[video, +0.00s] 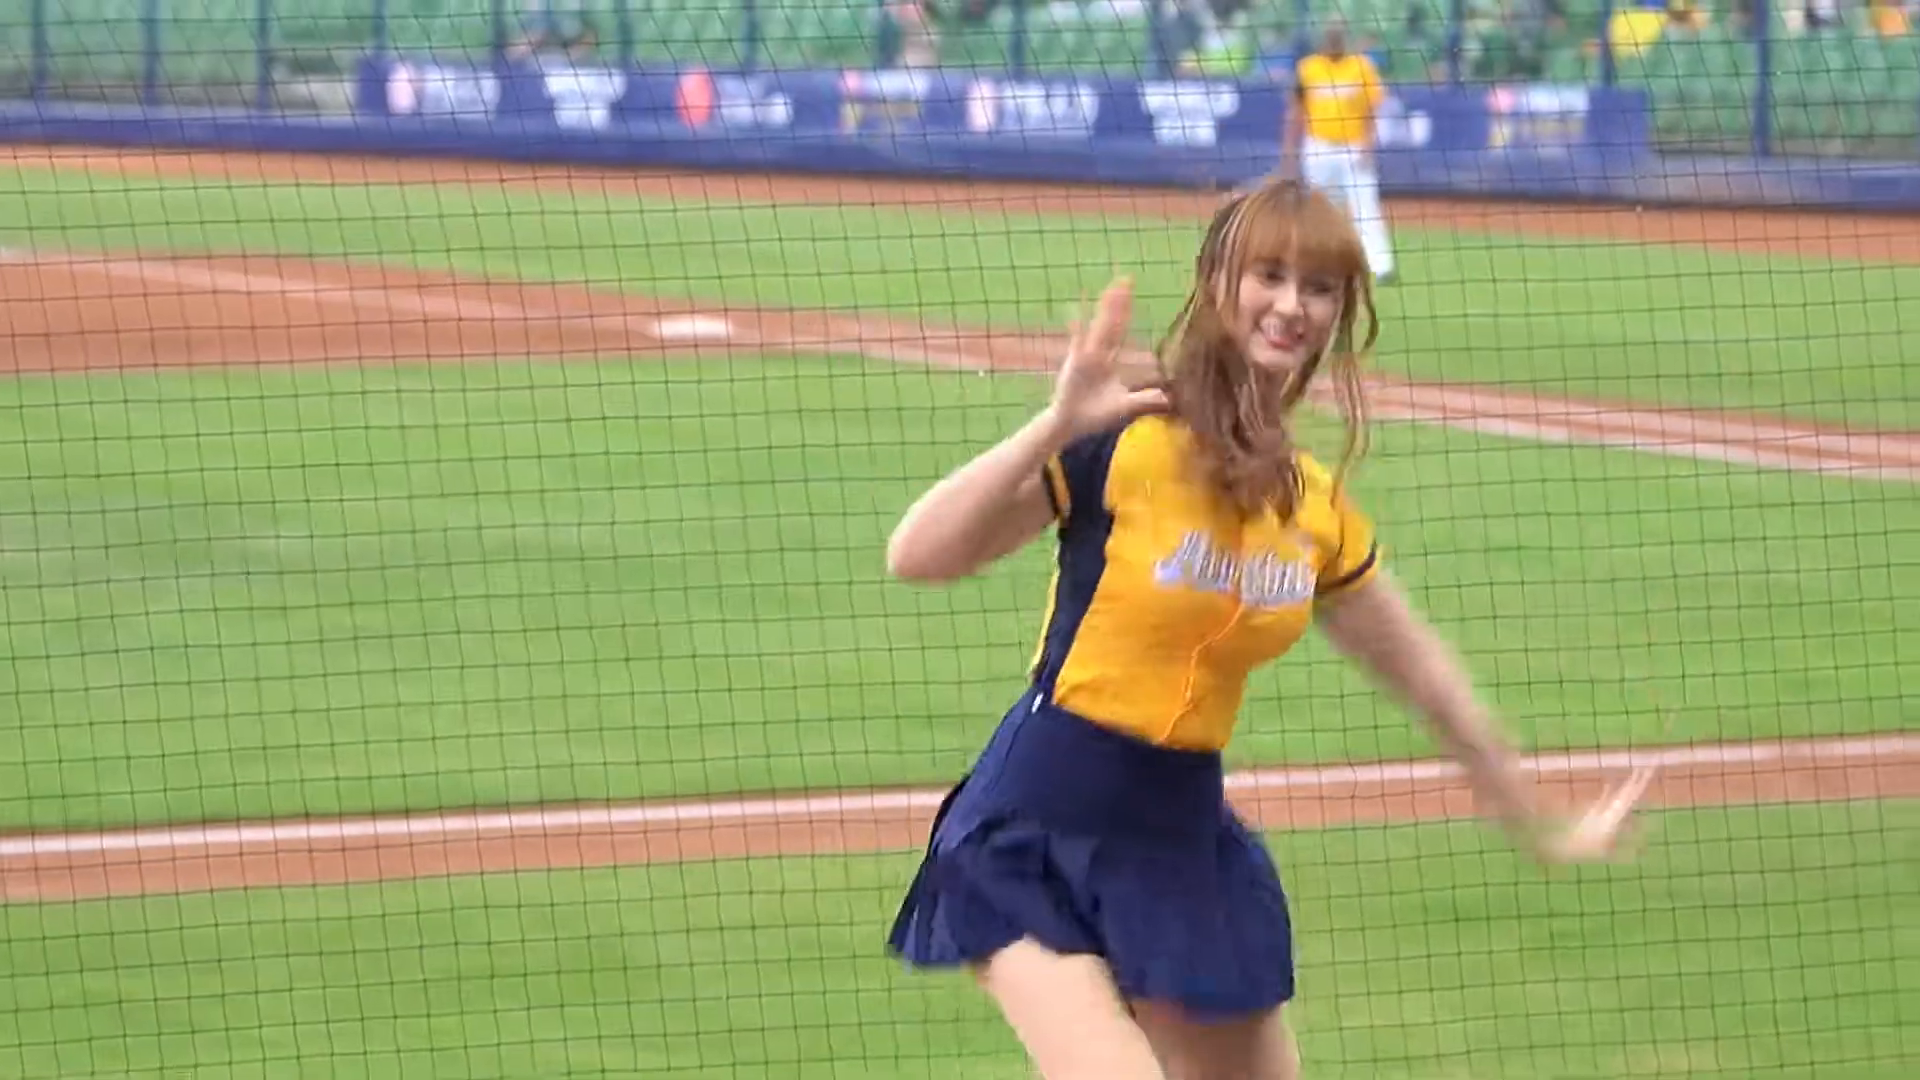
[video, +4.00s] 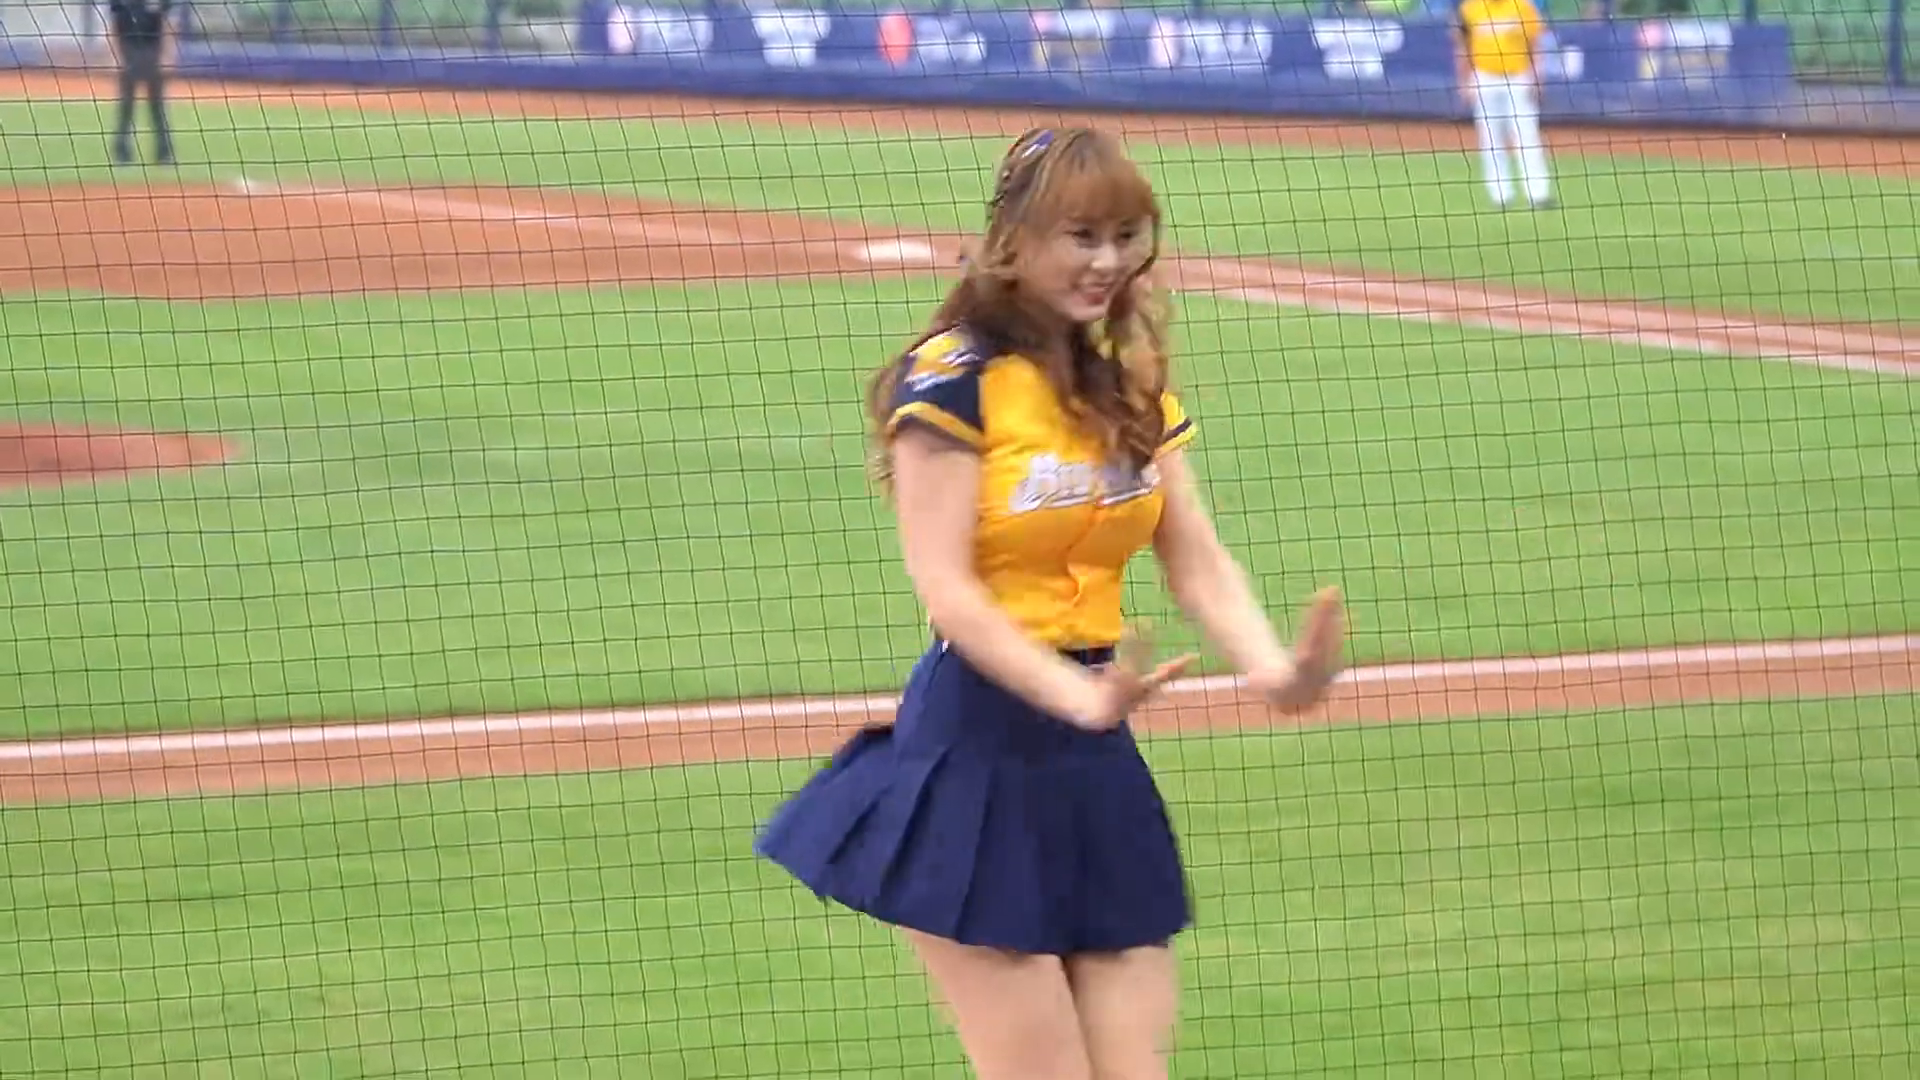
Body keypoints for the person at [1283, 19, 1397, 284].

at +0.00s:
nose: (1334, 44)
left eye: (1338, 38)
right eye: (1330, 38)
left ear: (1345, 40)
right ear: (1323, 40)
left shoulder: (1361, 66)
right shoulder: (1306, 68)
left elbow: (1374, 106)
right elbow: (1295, 112)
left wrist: (1369, 142)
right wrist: (1289, 152)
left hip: (1355, 147)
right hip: (1318, 147)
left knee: (1365, 207)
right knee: (1318, 209)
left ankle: (1379, 263)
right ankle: (1315, 263)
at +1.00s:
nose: (1413, 61)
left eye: (1418, 56)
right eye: (1409, 55)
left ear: (1425, 59)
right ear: (1402, 57)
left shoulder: (1433, 83)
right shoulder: (1380, 82)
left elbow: (1451, 118)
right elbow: (1367, 118)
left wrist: (1458, 149)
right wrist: (1366, 154)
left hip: (1428, 157)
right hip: (1390, 158)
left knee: (1435, 216)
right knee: (1389, 217)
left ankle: (1443, 275)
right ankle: (1388, 271)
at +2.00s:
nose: (1369, 55)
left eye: (1373, 49)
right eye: (1364, 50)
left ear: (1379, 51)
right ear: (1356, 51)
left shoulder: (1393, 75)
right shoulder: (1347, 74)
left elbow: (1405, 117)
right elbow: (1336, 109)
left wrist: (1409, 152)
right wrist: (1338, 143)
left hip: (1388, 149)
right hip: (1356, 148)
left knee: (1380, 207)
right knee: (1349, 204)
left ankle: (1375, 261)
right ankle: (1332, 256)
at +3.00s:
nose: (1485, 18)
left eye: (1489, 13)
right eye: (1481, 13)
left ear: (1495, 14)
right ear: (1473, 14)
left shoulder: (1508, 41)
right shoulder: (1458, 39)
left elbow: (1518, 84)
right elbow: (1447, 74)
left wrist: (1518, 118)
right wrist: (1448, 106)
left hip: (1498, 113)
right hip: (1464, 112)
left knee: (1500, 170)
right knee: (1463, 171)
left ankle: (1504, 225)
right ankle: (1463, 224)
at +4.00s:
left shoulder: (1521, 6)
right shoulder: (1468, 9)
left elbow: (1535, 40)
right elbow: (1461, 47)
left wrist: (1537, 76)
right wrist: (1464, 81)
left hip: (1519, 75)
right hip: (1484, 77)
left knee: (1527, 134)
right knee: (1491, 138)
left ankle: (1538, 190)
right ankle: (1500, 191)